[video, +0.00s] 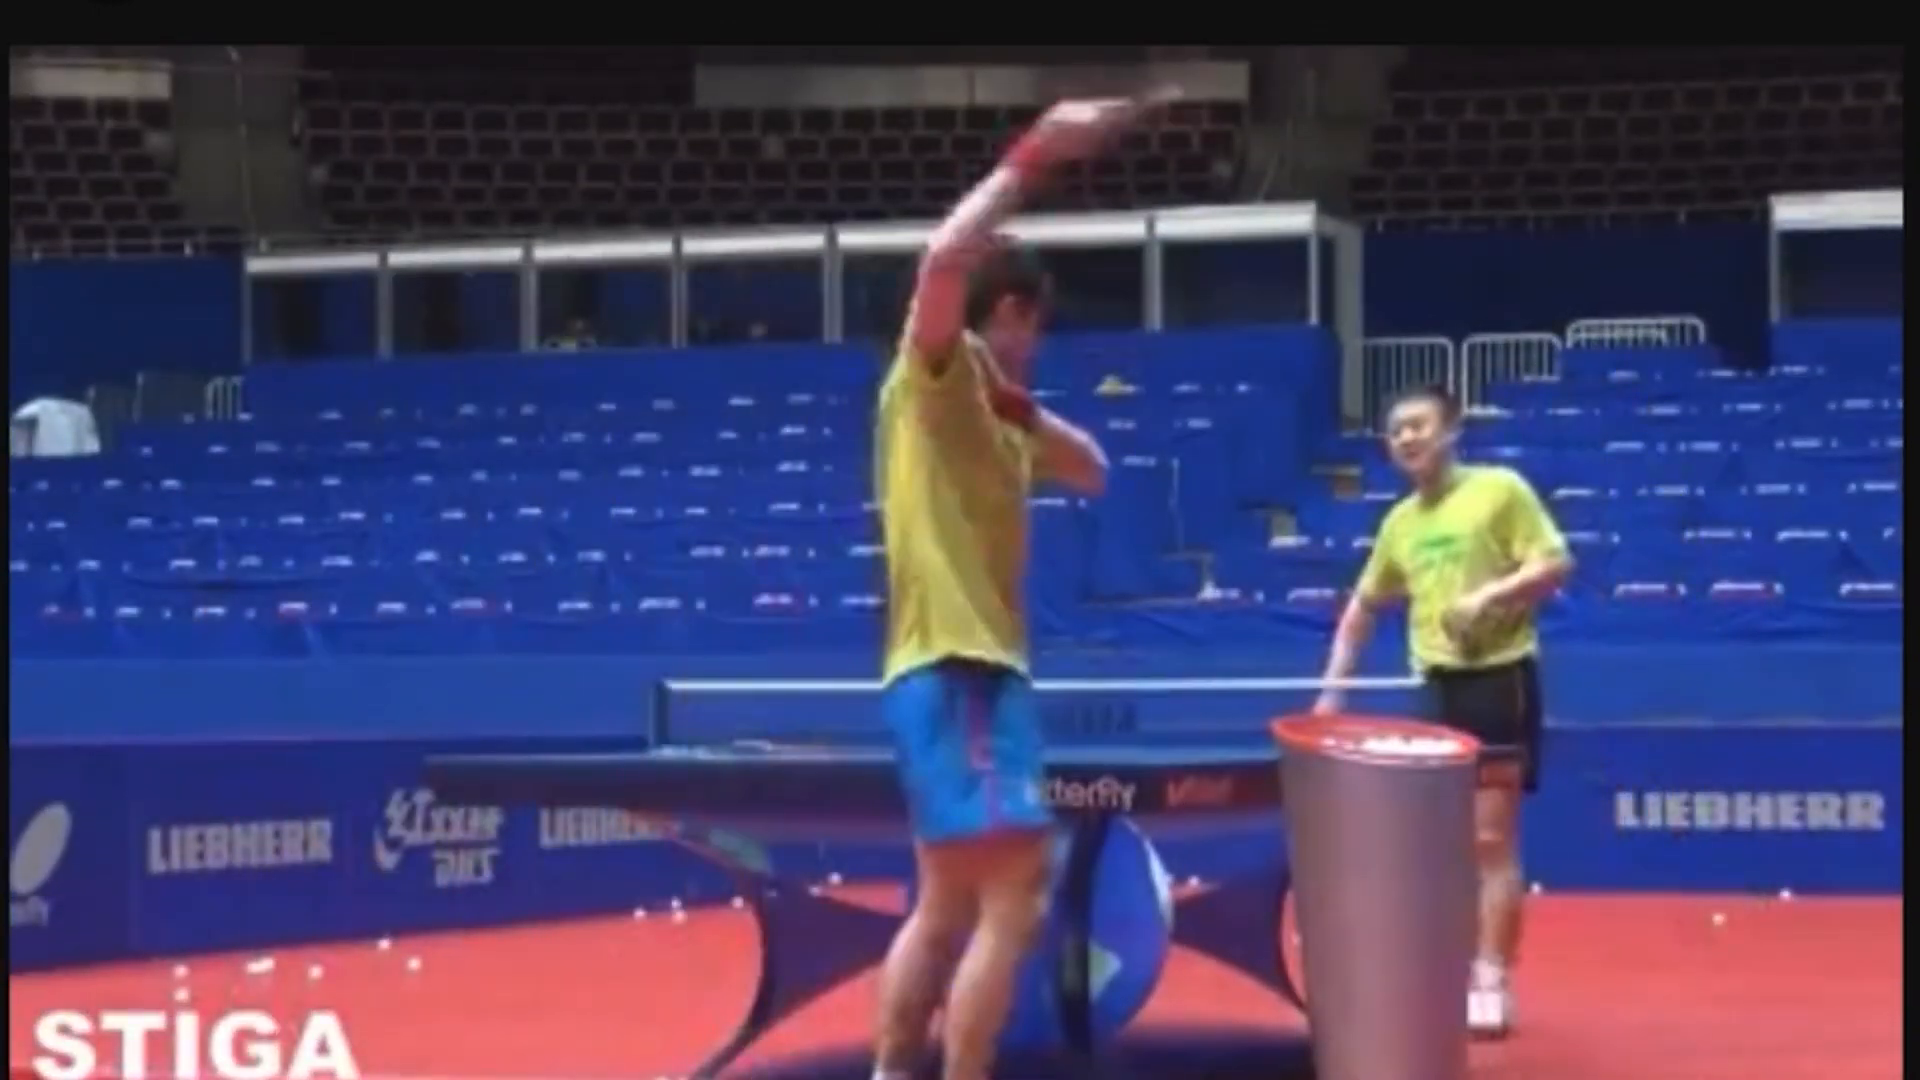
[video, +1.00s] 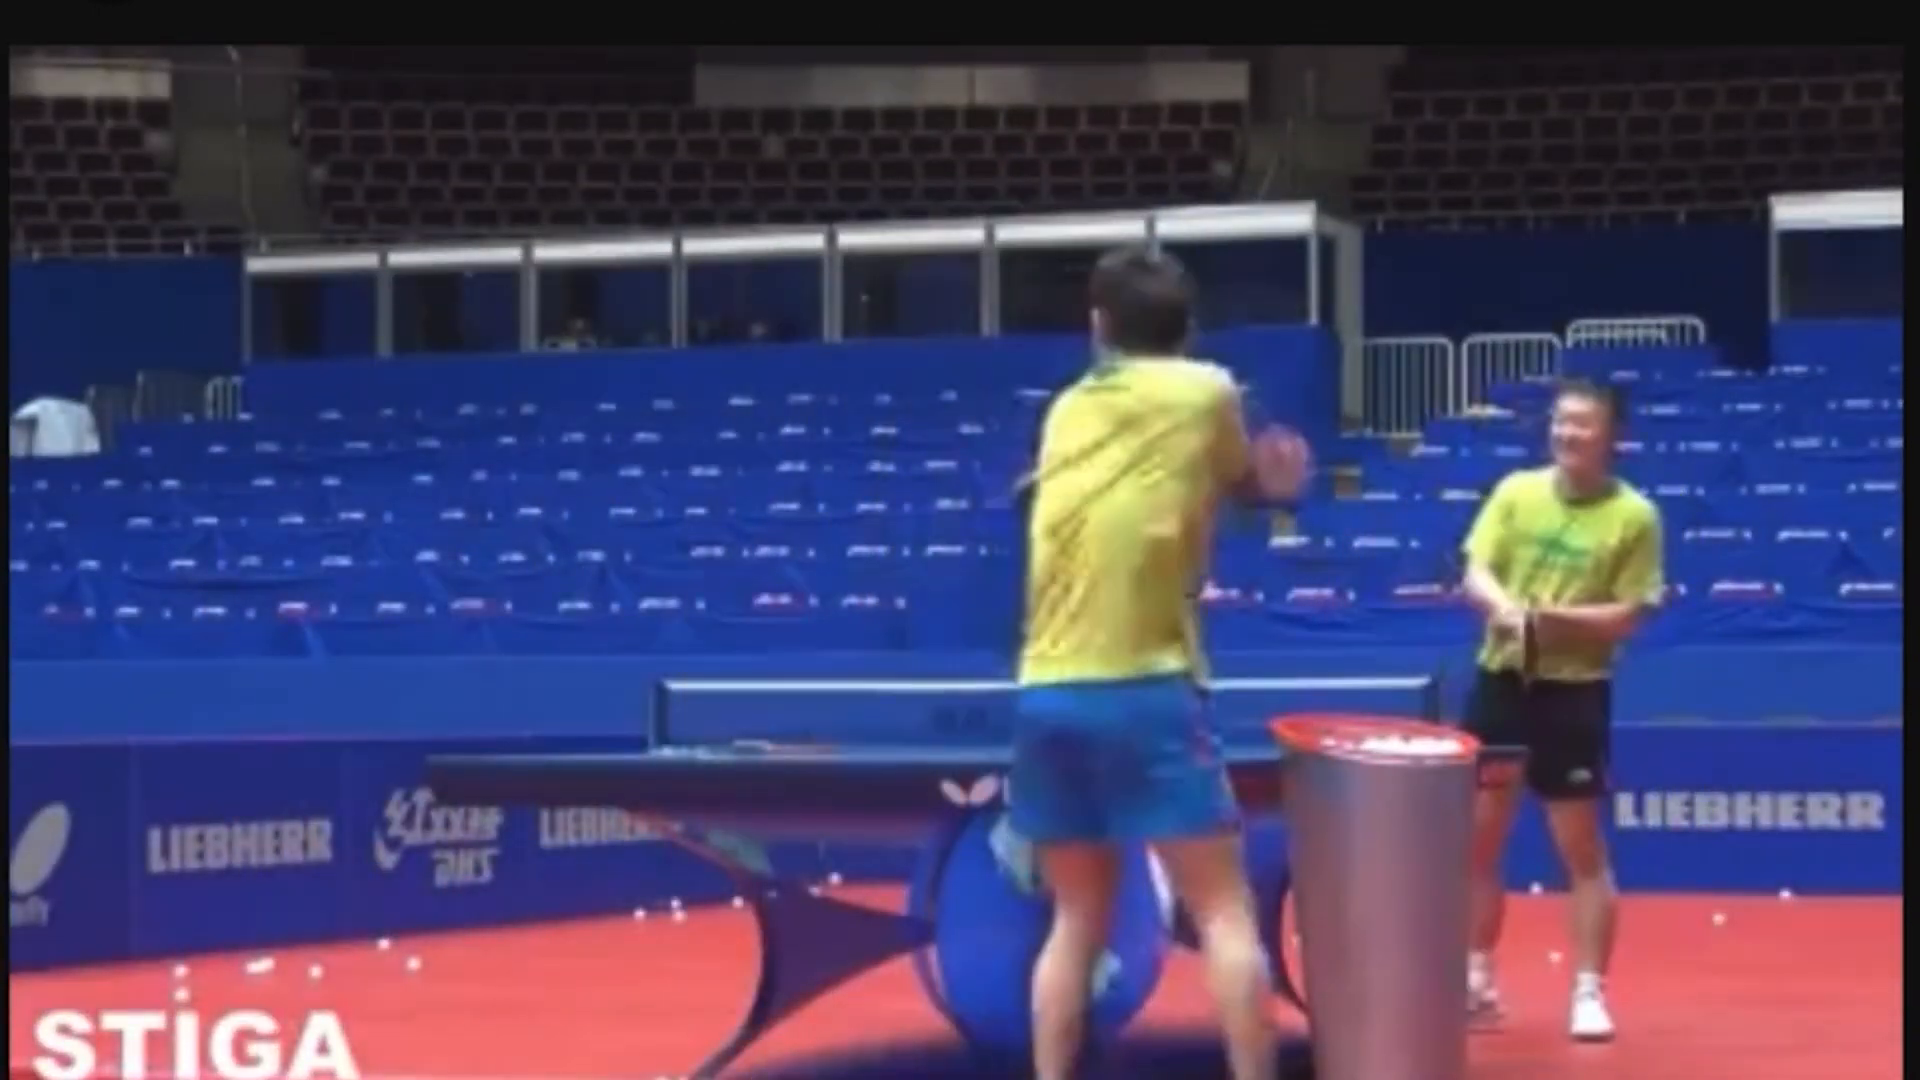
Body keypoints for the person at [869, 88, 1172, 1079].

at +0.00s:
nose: (1036, 338)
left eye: (1037, 323)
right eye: (1031, 319)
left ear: (998, 319)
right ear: (998, 311)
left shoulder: (1000, 423)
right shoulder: (932, 385)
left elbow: (1087, 468)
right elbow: (943, 260)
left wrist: (1013, 404)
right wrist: (1028, 158)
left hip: (964, 670)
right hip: (954, 667)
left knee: (941, 909)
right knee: (1013, 903)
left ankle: (896, 1069)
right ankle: (962, 1071)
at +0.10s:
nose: (1058, 334)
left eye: (1058, 320)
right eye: (1055, 319)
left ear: (1008, 315)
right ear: (1031, 316)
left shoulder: (1013, 415)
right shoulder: (960, 387)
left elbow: (1096, 476)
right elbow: (948, 307)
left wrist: (1039, 412)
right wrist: (982, 199)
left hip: (957, 668)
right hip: (969, 667)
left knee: (946, 905)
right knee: (1013, 907)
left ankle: (893, 1064)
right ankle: (964, 1068)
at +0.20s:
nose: (1087, 333)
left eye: (1088, 317)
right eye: (1082, 316)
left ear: (994, 311)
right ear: (1054, 316)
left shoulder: (986, 392)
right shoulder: (990, 367)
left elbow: (1092, 493)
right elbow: (1033, 417)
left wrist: (1067, 427)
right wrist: (1065, 386)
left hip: (941, 671)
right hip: (983, 669)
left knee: (970, 893)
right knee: (1009, 902)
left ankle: (910, 1064)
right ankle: (961, 1069)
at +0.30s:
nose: (1080, 341)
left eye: (1077, 326)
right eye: (1081, 326)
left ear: (999, 317)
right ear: (1064, 323)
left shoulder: (972, 387)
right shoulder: (1004, 383)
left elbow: (1020, 521)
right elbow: (1004, 456)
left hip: (951, 678)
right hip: (979, 679)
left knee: (999, 893)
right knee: (1016, 893)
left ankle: (950, 1062)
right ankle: (950, 1067)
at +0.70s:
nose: (1132, 331)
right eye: (1131, 320)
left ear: (1043, 324)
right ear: (1123, 323)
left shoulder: (1015, 405)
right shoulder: (1107, 378)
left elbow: (1149, 516)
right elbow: (1165, 445)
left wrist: (1183, 420)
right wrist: (1186, 400)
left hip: (995, 686)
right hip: (1056, 684)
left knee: (1064, 913)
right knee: (1122, 909)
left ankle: (1046, 1067)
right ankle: (1009, 1066)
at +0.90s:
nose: (1068, 324)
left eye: (1072, 314)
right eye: (1155, 317)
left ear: (1074, 326)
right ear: (1159, 321)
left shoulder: (1047, 409)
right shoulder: (1180, 380)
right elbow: (1182, 500)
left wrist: (1200, 402)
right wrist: (1218, 394)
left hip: (1021, 694)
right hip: (1117, 688)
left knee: (1072, 909)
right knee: (1215, 888)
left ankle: (1048, 1070)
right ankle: (1165, 1062)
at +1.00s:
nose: (1090, 324)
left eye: (1091, 314)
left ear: (1100, 324)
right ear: (1184, 326)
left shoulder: (1065, 411)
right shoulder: (1209, 392)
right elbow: (1239, 483)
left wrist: (1256, 478)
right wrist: (1275, 474)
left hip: (1047, 698)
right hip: (1150, 695)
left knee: (1074, 915)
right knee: (1221, 912)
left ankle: (1051, 1072)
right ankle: (1253, 1069)